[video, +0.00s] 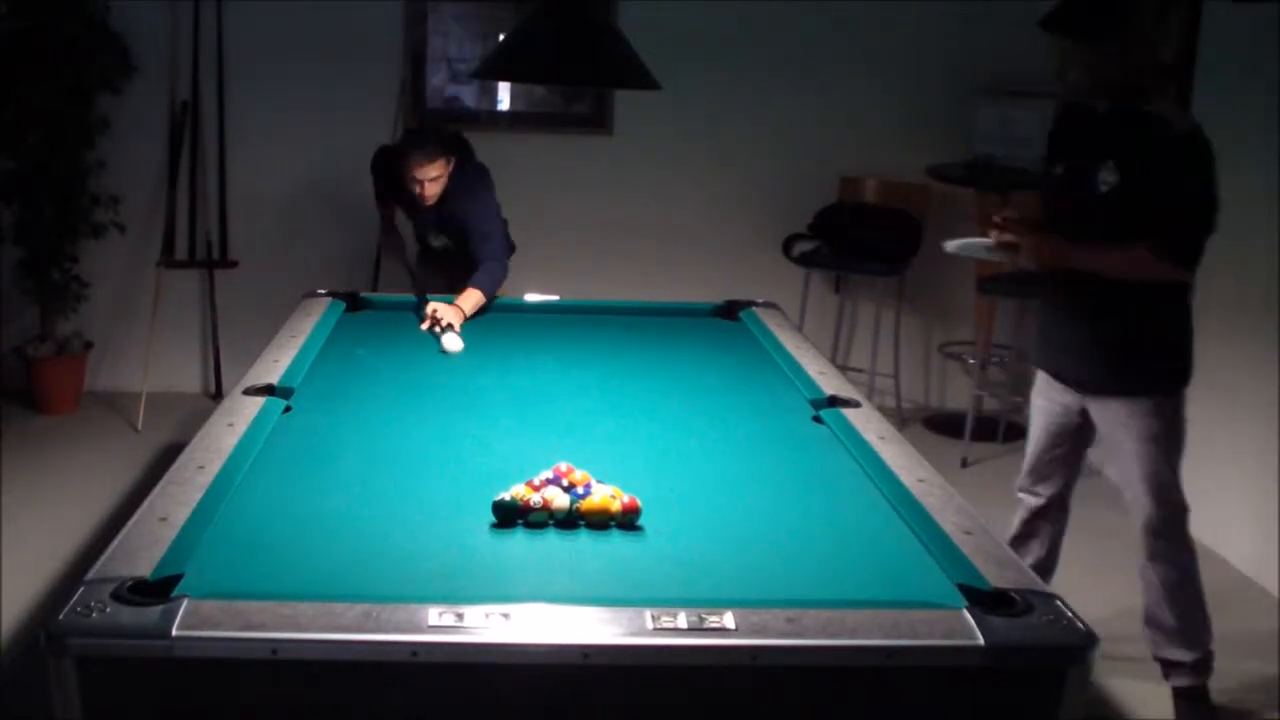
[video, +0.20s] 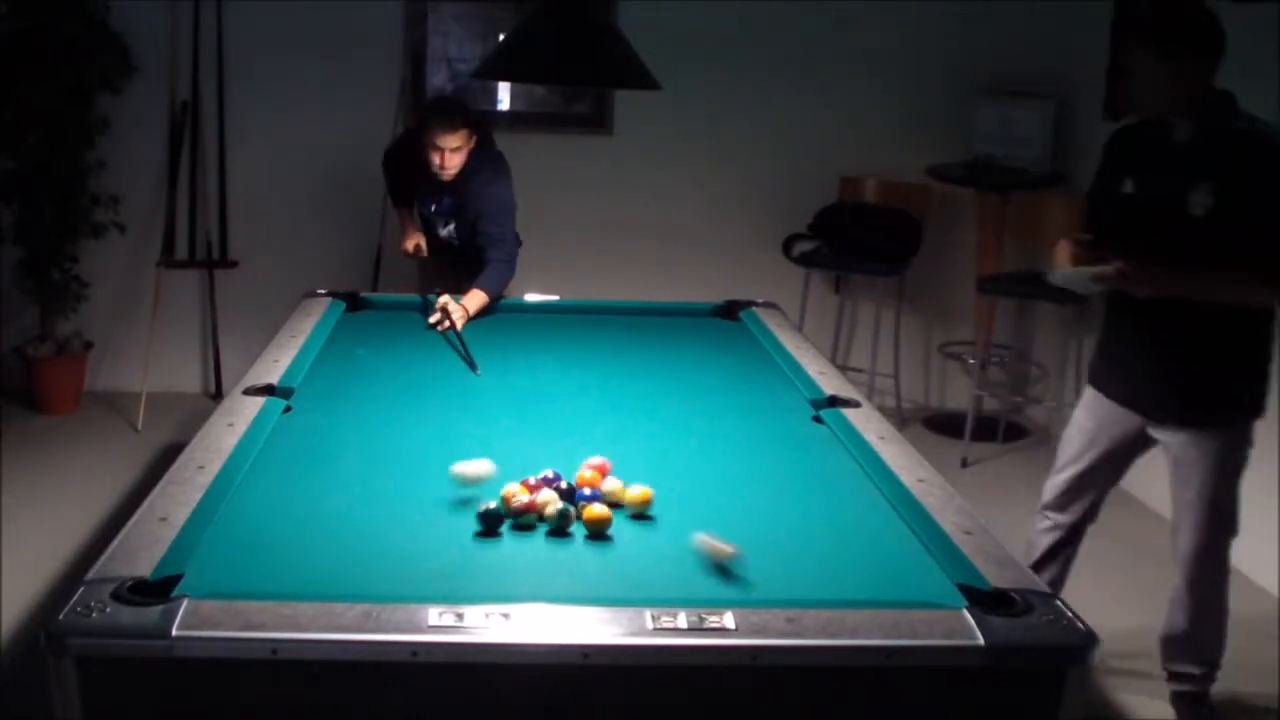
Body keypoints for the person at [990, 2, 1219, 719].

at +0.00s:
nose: (1069, 69)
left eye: (1082, 55)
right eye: (1068, 55)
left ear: (1122, 57)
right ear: (1077, 56)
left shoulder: (1179, 144)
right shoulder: (1075, 126)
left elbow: (1174, 261)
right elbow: (1068, 219)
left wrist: (1059, 252)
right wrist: (1019, 224)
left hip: (1138, 375)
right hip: (1061, 358)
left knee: (1158, 525)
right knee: (1035, 496)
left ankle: (1185, 674)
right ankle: (1011, 630)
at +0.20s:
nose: (1121, 75)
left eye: (1137, 60)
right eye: (1125, 60)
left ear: (1186, 64)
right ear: (1150, 70)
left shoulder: (1258, 156)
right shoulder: (1129, 146)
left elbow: (1263, 282)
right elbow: (1099, 241)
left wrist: (1149, 277)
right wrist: (1081, 251)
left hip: (1213, 391)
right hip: (1122, 375)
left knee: (1199, 547)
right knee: (1060, 505)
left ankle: (1191, 678)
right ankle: (1018, 634)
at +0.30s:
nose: (1171, 76)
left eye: (1186, 63)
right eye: (1170, 61)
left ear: (1228, 64)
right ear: (1172, 65)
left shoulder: (1276, 146)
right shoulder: (1153, 142)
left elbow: (1276, 277)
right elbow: (1114, 260)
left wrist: (1185, 278)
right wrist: (1124, 262)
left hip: (1239, 382)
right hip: (1146, 370)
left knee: (1214, 550)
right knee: (1078, 515)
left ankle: (1194, 682)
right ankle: (1041, 650)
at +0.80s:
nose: (1271, 97)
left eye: (1273, 84)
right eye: (1269, 83)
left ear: (1269, 85)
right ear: (1264, 84)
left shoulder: (1248, 168)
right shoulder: (1241, 167)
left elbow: (1173, 271)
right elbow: (1173, 271)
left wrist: (1213, 324)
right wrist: (1213, 325)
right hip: (1252, 411)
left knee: (1264, 585)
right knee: (1260, 605)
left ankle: (1204, 668)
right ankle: (1251, 707)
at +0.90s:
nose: (1273, 95)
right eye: (1273, 82)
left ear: (1270, 85)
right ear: (1269, 82)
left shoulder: (1254, 175)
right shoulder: (1252, 174)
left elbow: (1192, 292)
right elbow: (1191, 291)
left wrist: (1242, 331)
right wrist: (1245, 332)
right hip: (1262, 437)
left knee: (1267, 614)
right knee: (1265, 619)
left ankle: (1247, 679)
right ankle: (1256, 699)